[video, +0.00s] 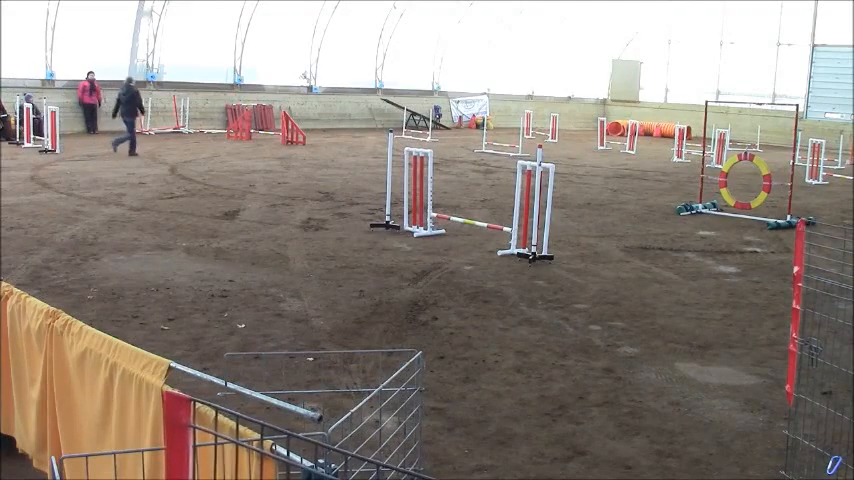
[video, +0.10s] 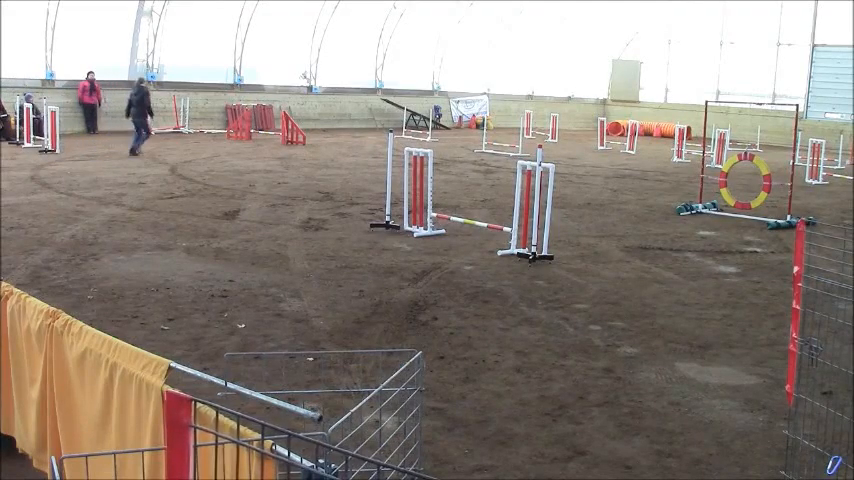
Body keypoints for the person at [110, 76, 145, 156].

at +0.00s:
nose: (133, 84)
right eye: (132, 82)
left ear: (125, 82)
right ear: (132, 83)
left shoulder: (122, 90)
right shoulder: (134, 91)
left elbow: (118, 102)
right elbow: (139, 102)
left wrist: (114, 113)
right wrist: (142, 111)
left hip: (123, 114)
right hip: (131, 114)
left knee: (131, 133)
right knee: (131, 133)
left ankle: (132, 150)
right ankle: (116, 142)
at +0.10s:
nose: (143, 84)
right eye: (143, 83)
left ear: (137, 82)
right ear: (143, 83)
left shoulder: (134, 90)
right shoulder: (145, 91)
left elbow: (130, 102)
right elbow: (147, 104)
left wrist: (127, 112)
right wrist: (151, 113)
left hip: (134, 115)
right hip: (142, 116)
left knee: (138, 132)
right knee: (147, 132)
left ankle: (134, 147)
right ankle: (136, 146)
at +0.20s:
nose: (154, 82)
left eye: (153, 81)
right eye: (154, 81)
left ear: (149, 81)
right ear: (155, 81)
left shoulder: (146, 88)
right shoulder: (155, 88)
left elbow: (141, 98)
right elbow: (155, 100)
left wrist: (140, 109)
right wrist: (158, 110)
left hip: (145, 112)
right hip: (152, 112)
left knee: (143, 130)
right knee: (159, 129)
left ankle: (135, 147)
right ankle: (160, 147)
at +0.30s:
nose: (167, 83)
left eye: (166, 81)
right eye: (166, 82)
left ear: (160, 81)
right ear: (166, 81)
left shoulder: (157, 88)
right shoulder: (166, 89)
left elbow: (153, 100)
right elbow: (166, 101)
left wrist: (152, 110)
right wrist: (170, 110)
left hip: (157, 112)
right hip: (164, 113)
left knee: (156, 131)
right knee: (168, 130)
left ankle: (143, 142)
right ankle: (171, 148)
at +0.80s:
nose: (212, 85)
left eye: (210, 84)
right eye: (213, 84)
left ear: (208, 84)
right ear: (214, 84)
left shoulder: (205, 92)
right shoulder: (218, 93)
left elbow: (200, 104)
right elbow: (222, 105)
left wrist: (195, 114)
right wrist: (225, 115)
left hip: (207, 116)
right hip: (214, 116)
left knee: (212, 131)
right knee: (220, 132)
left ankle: (210, 145)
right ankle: (211, 144)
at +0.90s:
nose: (221, 83)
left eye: (219, 82)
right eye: (222, 82)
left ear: (217, 82)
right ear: (223, 82)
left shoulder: (214, 90)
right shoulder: (226, 91)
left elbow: (210, 101)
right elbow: (230, 102)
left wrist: (205, 110)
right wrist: (233, 110)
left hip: (216, 114)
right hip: (224, 114)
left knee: (216, 131)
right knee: (229, 129)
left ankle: (211, 146)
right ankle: (230, 146)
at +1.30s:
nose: (246, 86)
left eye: (246, 84)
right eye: (246, 84)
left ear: (248, 84)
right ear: (254, 84)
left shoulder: (246, 92)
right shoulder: (258, 91)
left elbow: (242, 102)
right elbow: (265, 100)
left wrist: (236, 110)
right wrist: (265, 107)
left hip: (249, 111)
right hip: (256, 111)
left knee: (253, 128)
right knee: (253, 128)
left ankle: (257, 143)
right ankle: (245, 144)